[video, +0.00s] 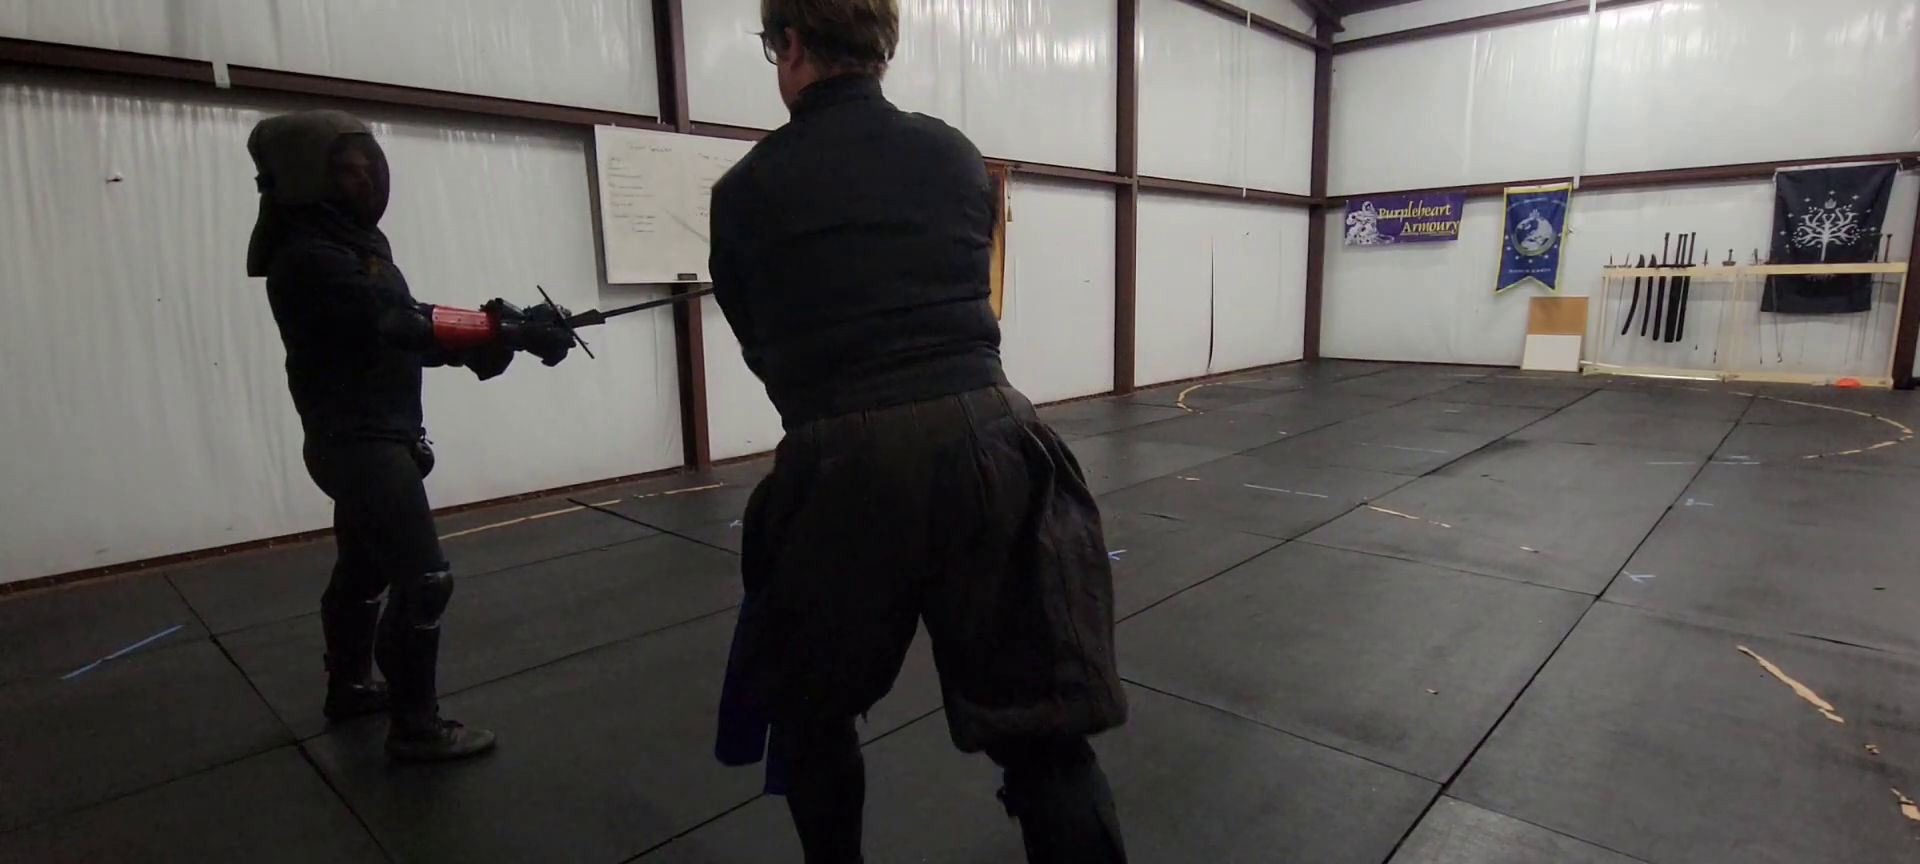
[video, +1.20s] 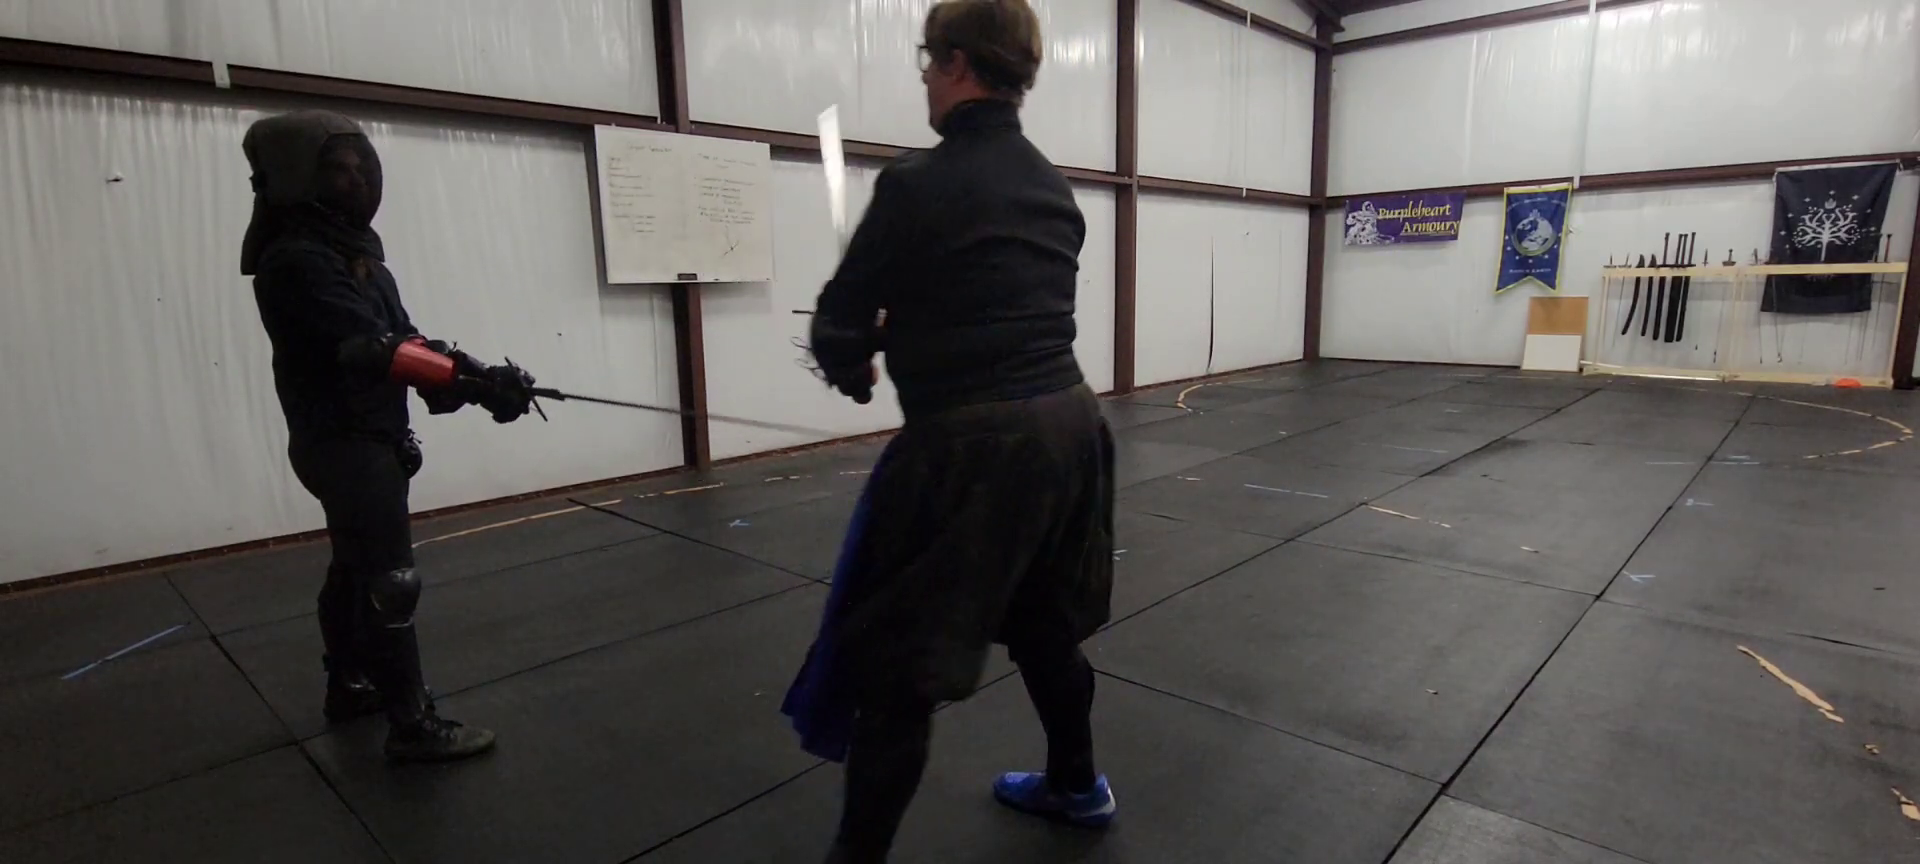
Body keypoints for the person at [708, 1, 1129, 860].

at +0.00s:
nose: (774, 71)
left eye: (773, 51)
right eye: (773, 51)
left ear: (794, 49)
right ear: (880, 48)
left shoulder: (745, 189)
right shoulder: (955, 153)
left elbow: (760, 337)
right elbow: (965, 290)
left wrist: (832, 414)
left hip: (848, 467)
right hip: (985, 444)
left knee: (813, 711)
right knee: (1034, 722)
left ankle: (834, 854)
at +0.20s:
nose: (814, 108)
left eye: (814, 92)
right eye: (813, 93)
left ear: (829, 93)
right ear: (923, 90)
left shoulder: (784, 237)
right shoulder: (1005, 190)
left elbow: (804, 384)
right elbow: (1076, 368)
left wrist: (886, 442)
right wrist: (1013, 447)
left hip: (862, 513)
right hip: (1018, 493)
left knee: (793, 702)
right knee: (1059, 756)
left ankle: (831, 848)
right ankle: (1076, 845)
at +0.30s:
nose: (832, 112)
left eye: (832, 97)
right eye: (834, 97)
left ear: (841, 99)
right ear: (936, 97)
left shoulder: (795, 244)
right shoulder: (1016, 193)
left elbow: (835, 387)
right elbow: (1089, 360)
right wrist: (1084, 454)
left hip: (873, 520)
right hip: (1031, 493)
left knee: (800, 704)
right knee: (1065, 767)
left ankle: (831, 850)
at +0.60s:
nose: (825, 90)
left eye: (824, 77)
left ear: (833, 83)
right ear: (931, 80)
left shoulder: (784, 222)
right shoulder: (1002, 184)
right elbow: (1083, 358)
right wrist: (1050, 426)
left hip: (855, 506)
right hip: (1009, 488)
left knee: (800, 698)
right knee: (1059, 761)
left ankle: (833, 850)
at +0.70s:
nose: (815, 75)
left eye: (815, 61)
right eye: (817, 58)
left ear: (827, 65)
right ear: (918, 67)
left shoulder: (772, 196)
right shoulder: (989, 170)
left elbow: (795, 314)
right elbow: (1056, 340)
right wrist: (995, 418)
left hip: (841, 481)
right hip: (992, 470)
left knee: (807, 707)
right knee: (1055, 734)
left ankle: (831, 852)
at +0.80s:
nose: (812, 60)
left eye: (814, 45)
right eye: (816, 44)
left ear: (825, 49)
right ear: (913, 55)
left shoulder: (769, 179)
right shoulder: (982, 160)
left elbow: (780, 315)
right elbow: (1036, 328)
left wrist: (868, 346)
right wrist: (938, 359)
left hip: (839, 455)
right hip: (986, 443)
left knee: (823, 708)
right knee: (1039, 692)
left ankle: (835, 856)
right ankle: (1097, 851)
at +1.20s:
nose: (923, 77)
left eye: (930, 61)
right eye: (927, 61)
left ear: (959, 71)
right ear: (1009, 77)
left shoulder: (919, 185)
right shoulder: (1052, 186)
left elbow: (839, 322)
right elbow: (1009, 304)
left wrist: (857, 366)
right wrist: (898, 328)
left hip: (965, 447)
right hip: (1069, 430)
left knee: (899, 658)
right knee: (1043, 621)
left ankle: (858, 847)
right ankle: (1076, 784)